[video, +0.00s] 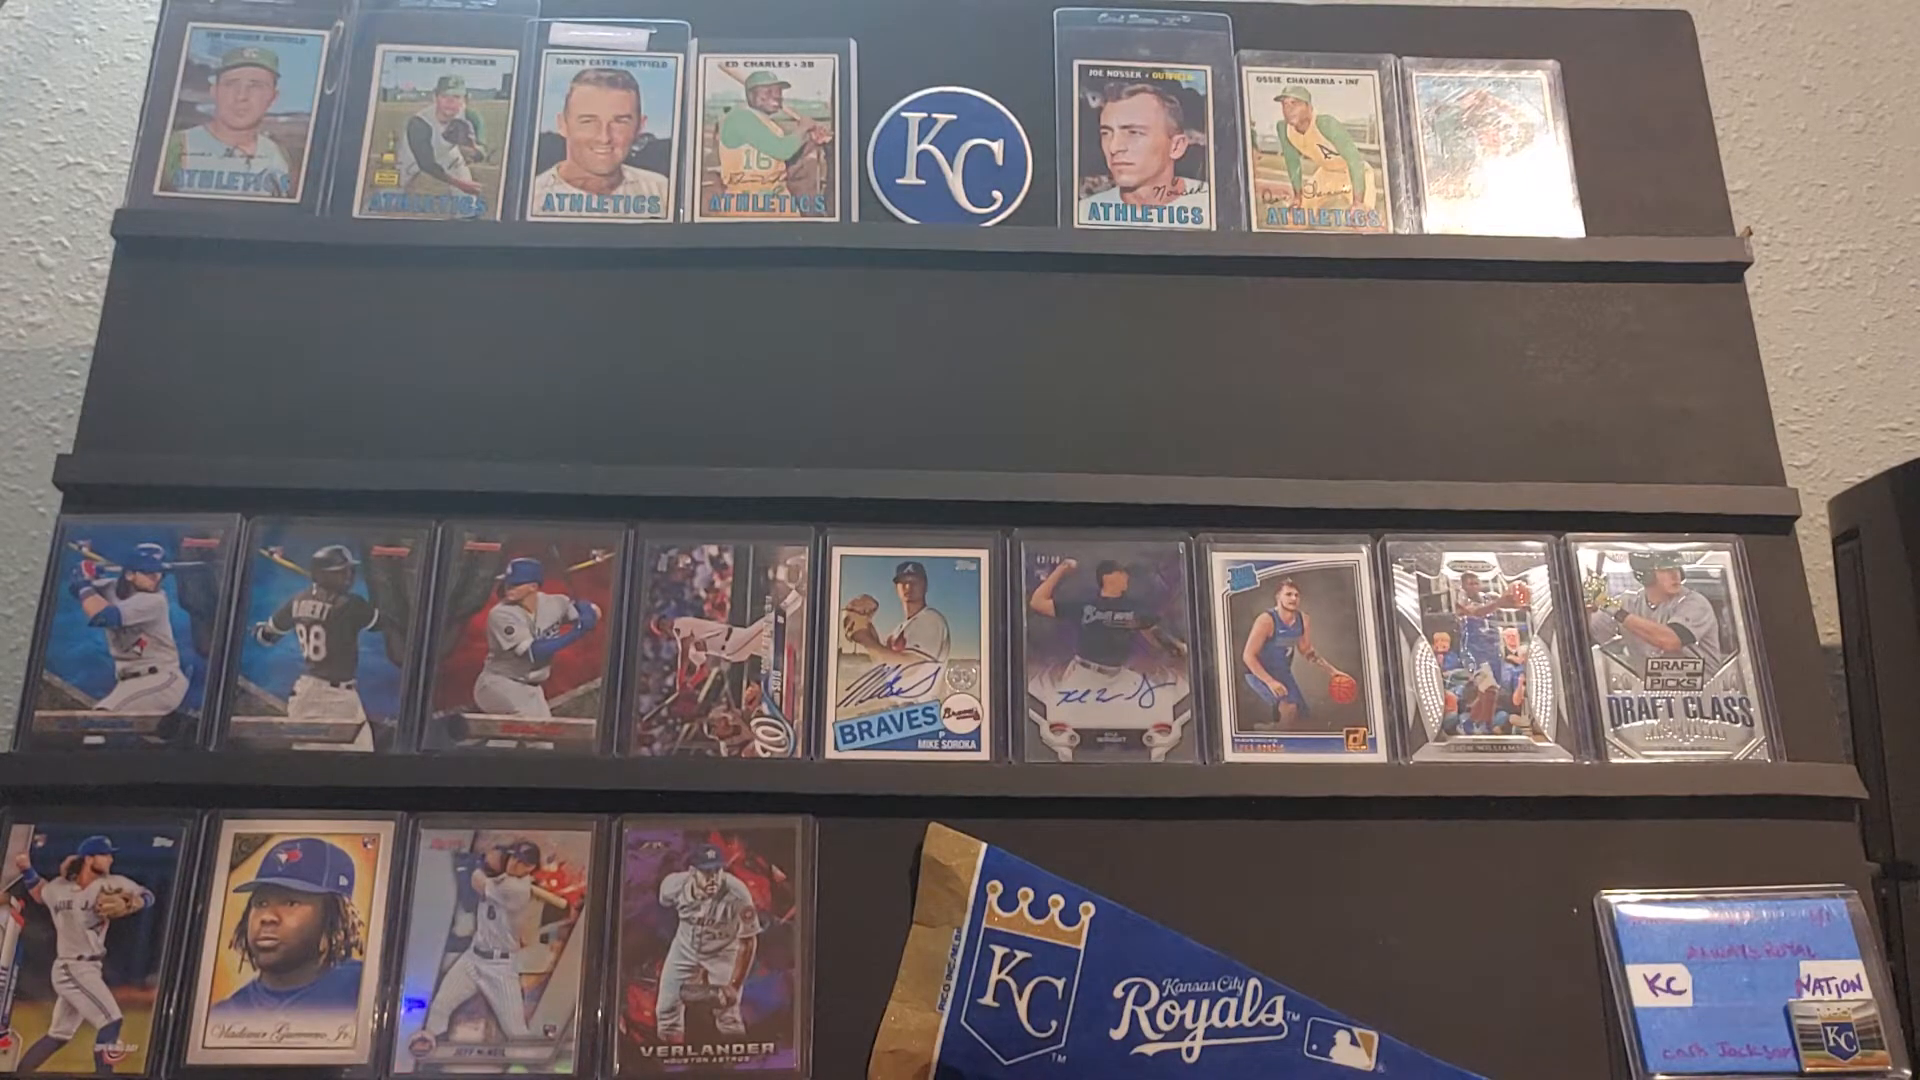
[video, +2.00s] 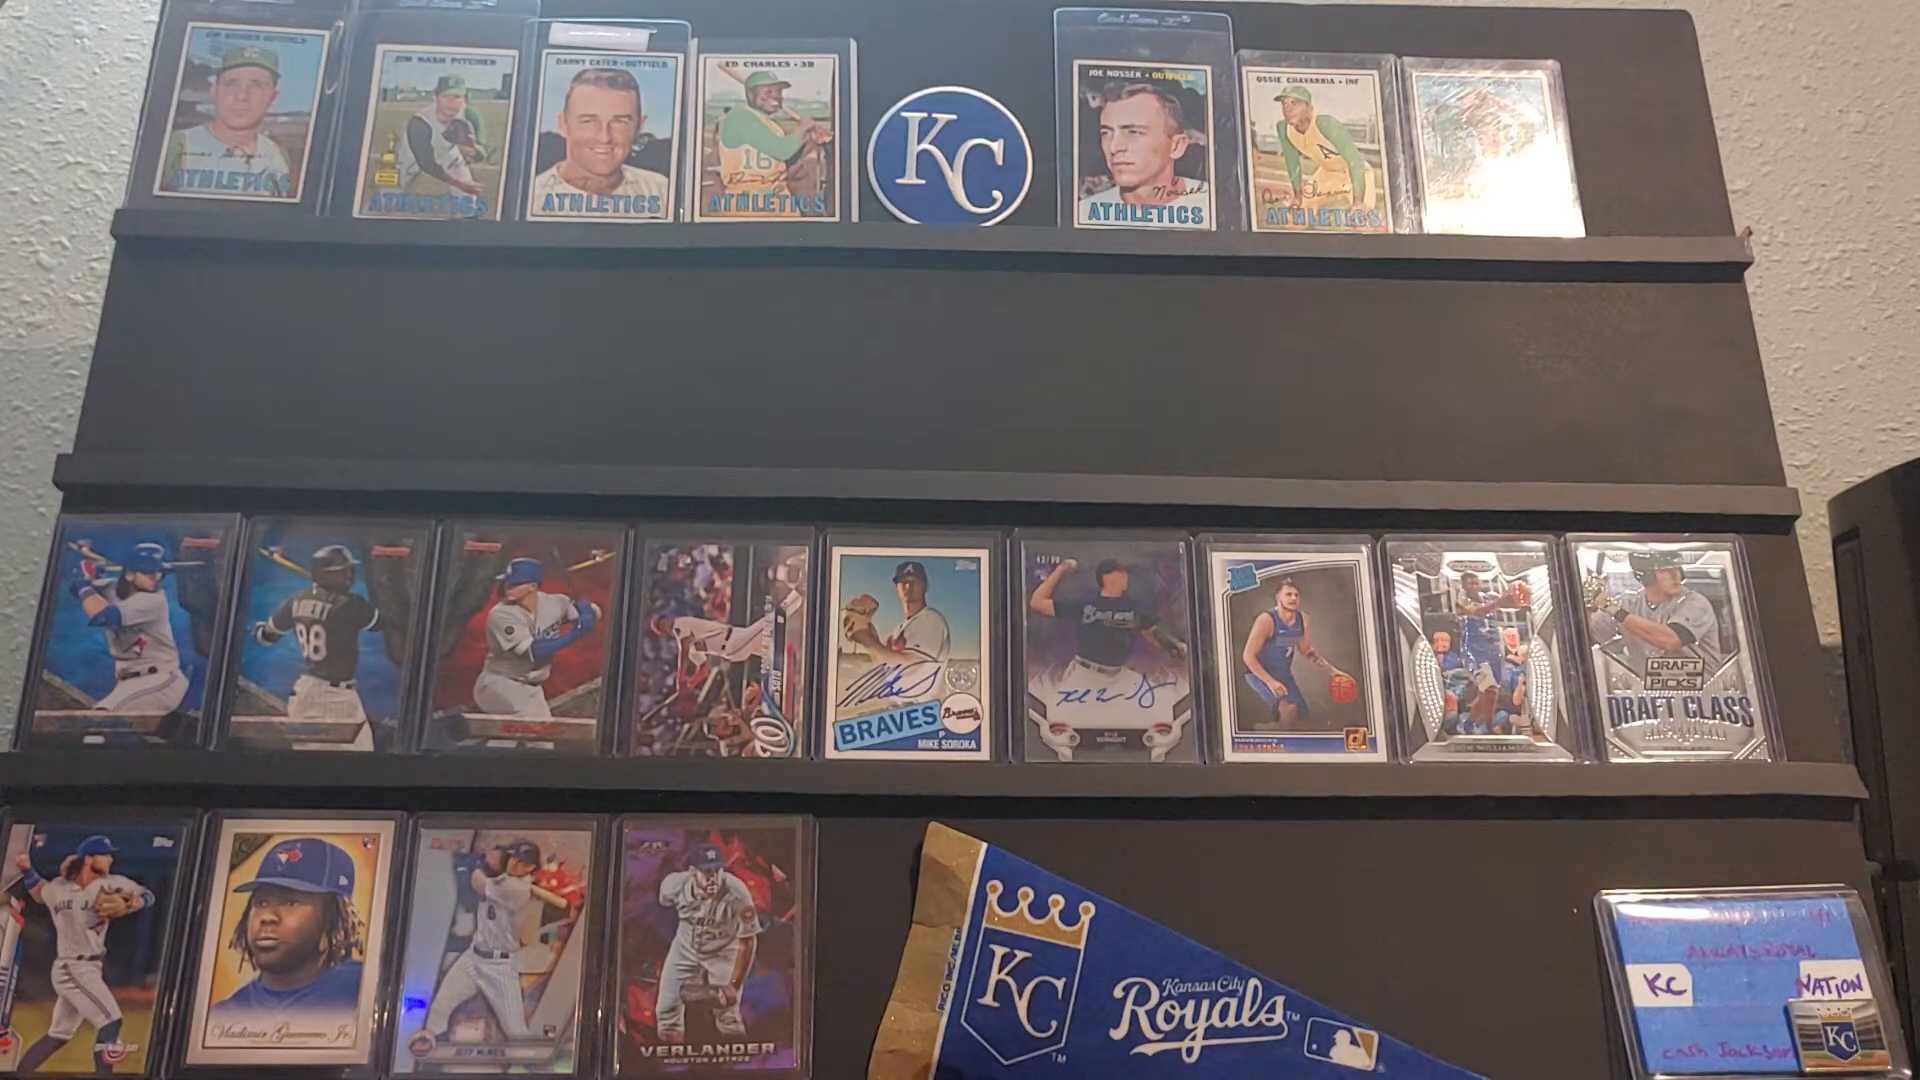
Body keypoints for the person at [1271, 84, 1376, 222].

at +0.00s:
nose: (1288, 109)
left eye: (1294, 103)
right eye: (1284, 105)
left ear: (1308, 107)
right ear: (1281, 108)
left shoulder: (1327, 124)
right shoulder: (1283, 128)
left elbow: (1355, 160)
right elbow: (1293, 163)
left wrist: (1358, 202)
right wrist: (1297, 197)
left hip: (1354, 174)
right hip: (1327, 173)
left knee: (1360, 218)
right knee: (1302, 210)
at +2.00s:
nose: (1288, 109)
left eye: (1294, 103)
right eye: (1285, 104)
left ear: (1308, 107)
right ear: (1281, 108)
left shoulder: (1326, 124)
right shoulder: (1283, 128)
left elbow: (1355, 161)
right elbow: (1293, 163)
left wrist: (1358, 202)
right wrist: (1298, 197)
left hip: (1355, 172)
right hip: (1327, 172)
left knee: (1360, 218)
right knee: (1302, 208)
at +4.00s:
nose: (1288, 109)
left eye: (1294, 103)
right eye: (1285, 104)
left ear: (1309, 107)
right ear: (1281, 107)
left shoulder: (1327, 123)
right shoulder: (1283, 128)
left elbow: (1355, 161)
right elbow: (1293, 164)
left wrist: (1358, 202)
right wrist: (1297, 197)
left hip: (1355, 172)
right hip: (1327, 172)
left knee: (1360, 219)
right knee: (1302, 209)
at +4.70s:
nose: (1288, 109)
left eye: (1293, 103)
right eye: (1284, 104)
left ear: (1308, 107)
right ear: (1282, 108)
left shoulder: (1327, 124)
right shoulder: (1283, 128)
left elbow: (1355, 161)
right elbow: (1293, 163)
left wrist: (1358, 203)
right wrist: (1297, 198)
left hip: (1355, 173)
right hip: (1327, 172)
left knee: (1360, 218)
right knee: (1301, 210)